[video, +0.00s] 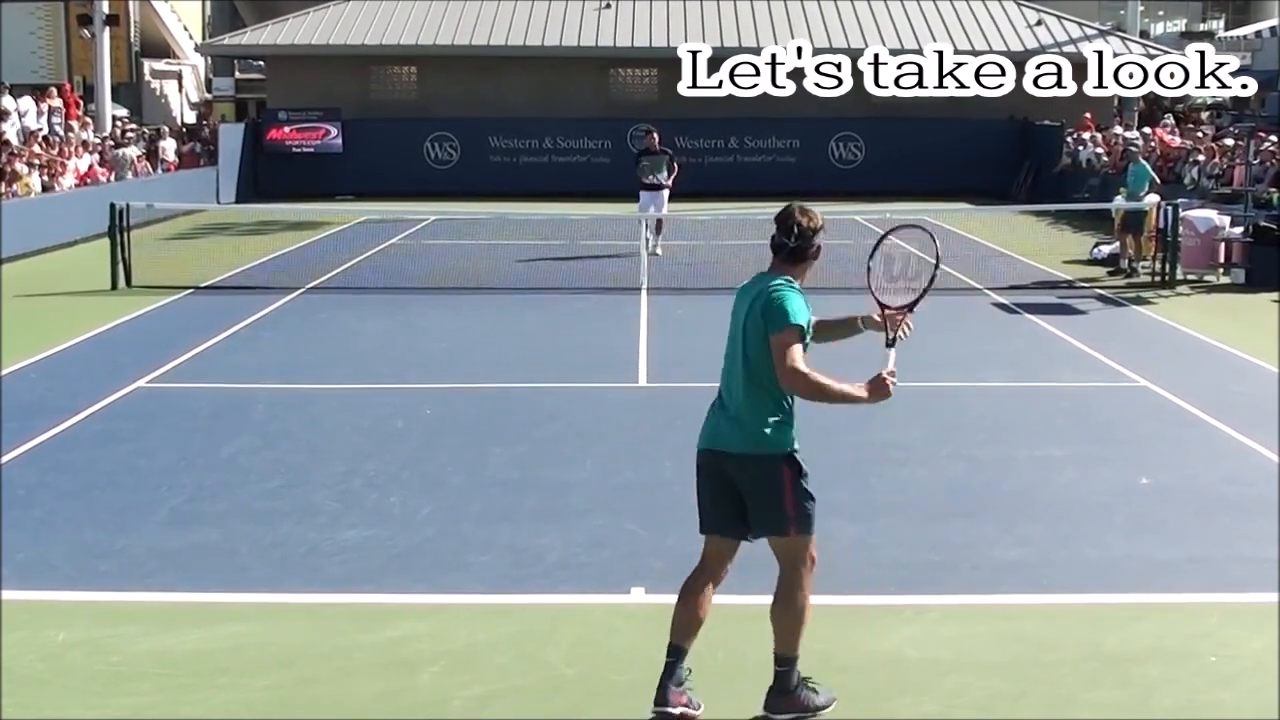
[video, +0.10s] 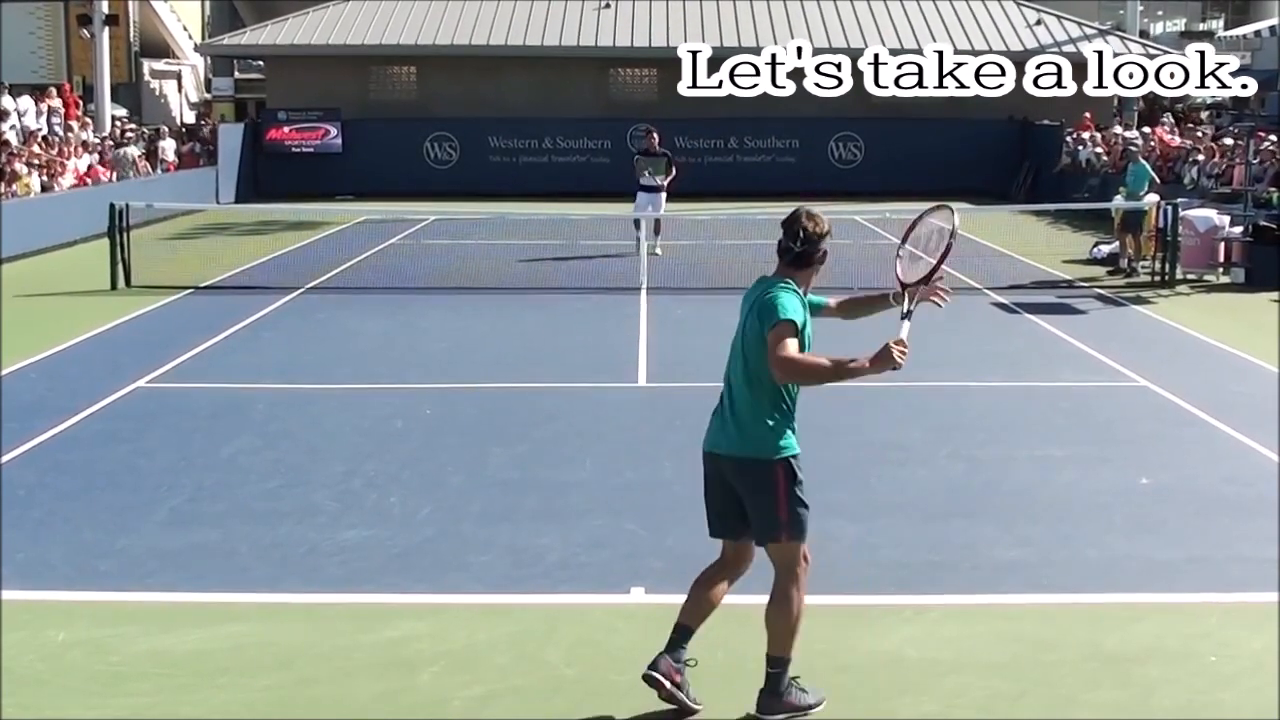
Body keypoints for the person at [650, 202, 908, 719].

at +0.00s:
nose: (821, 254)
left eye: (819, 247)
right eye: (820, 248)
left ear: (773, 246)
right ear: (814, 252)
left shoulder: (751, 290)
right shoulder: (787, 299)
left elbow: (807, 331)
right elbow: (791, 374)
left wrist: (867, 322)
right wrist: (862, 393)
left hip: (717, 449)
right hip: (765, 454)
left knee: (713, 562)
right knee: (798, 562)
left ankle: (671, 684)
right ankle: (786, 686)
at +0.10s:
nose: (825, 259)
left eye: (821, 253)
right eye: (826, 253)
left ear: (780, 251)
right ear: (822, 258)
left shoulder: (765, 292)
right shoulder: (786, 299)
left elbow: (843, 307)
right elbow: (783, 363)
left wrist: (906, 294)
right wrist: (865, 364)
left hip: (724, 449)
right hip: (765, 452)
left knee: (735, 558)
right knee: (793, 564)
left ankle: (671, 658)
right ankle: (776, 689)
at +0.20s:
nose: (833, 265)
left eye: (830, 258)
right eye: (833, 259)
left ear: (791, 253)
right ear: (827, 263)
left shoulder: (778, 292)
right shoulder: (788, 298)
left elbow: (854, 308)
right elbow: (771, 352)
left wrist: (927, 297)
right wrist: (851, 353)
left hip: (722, 443)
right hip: (759, 449)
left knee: (747, 543)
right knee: (790, 563)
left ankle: (680, 640)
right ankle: (776, 688)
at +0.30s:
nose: (840, 272)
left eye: (838, 264)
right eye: (841, 265)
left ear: (798, 258)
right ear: (835, 268)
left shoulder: (797, 298)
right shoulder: (790, 297)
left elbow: (860, 322)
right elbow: (763, 344)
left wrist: (934, 327)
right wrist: (824, 365)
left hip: (717, 438)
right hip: (750, 443)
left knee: (744, 538)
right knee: (780, 560)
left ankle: (708, 645)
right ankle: (774, 686)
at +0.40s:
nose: (843, 290)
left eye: (844, 282)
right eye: (846, 283)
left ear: (805, 268)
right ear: (839, 282)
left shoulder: (792, 309)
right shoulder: (793, 310)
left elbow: (847, 349)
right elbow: (762, 358)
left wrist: (914, 376)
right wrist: (805, 407)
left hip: (709, 441)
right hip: (741, 446)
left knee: (745, 538)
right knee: (787, 560)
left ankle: (732, 646)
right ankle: (775, 687)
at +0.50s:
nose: (843, 305)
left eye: (845, 297)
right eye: (846, 297)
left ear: (805, 280)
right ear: (837, 294)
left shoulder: (767, 308)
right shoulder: (798, 330)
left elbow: (809, 368)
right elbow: (780, 398)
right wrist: (792, 471)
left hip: (701, 449)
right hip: (742, 456)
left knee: (744, 538)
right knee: (795, 562)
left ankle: (731, 647)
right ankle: (774, 687)